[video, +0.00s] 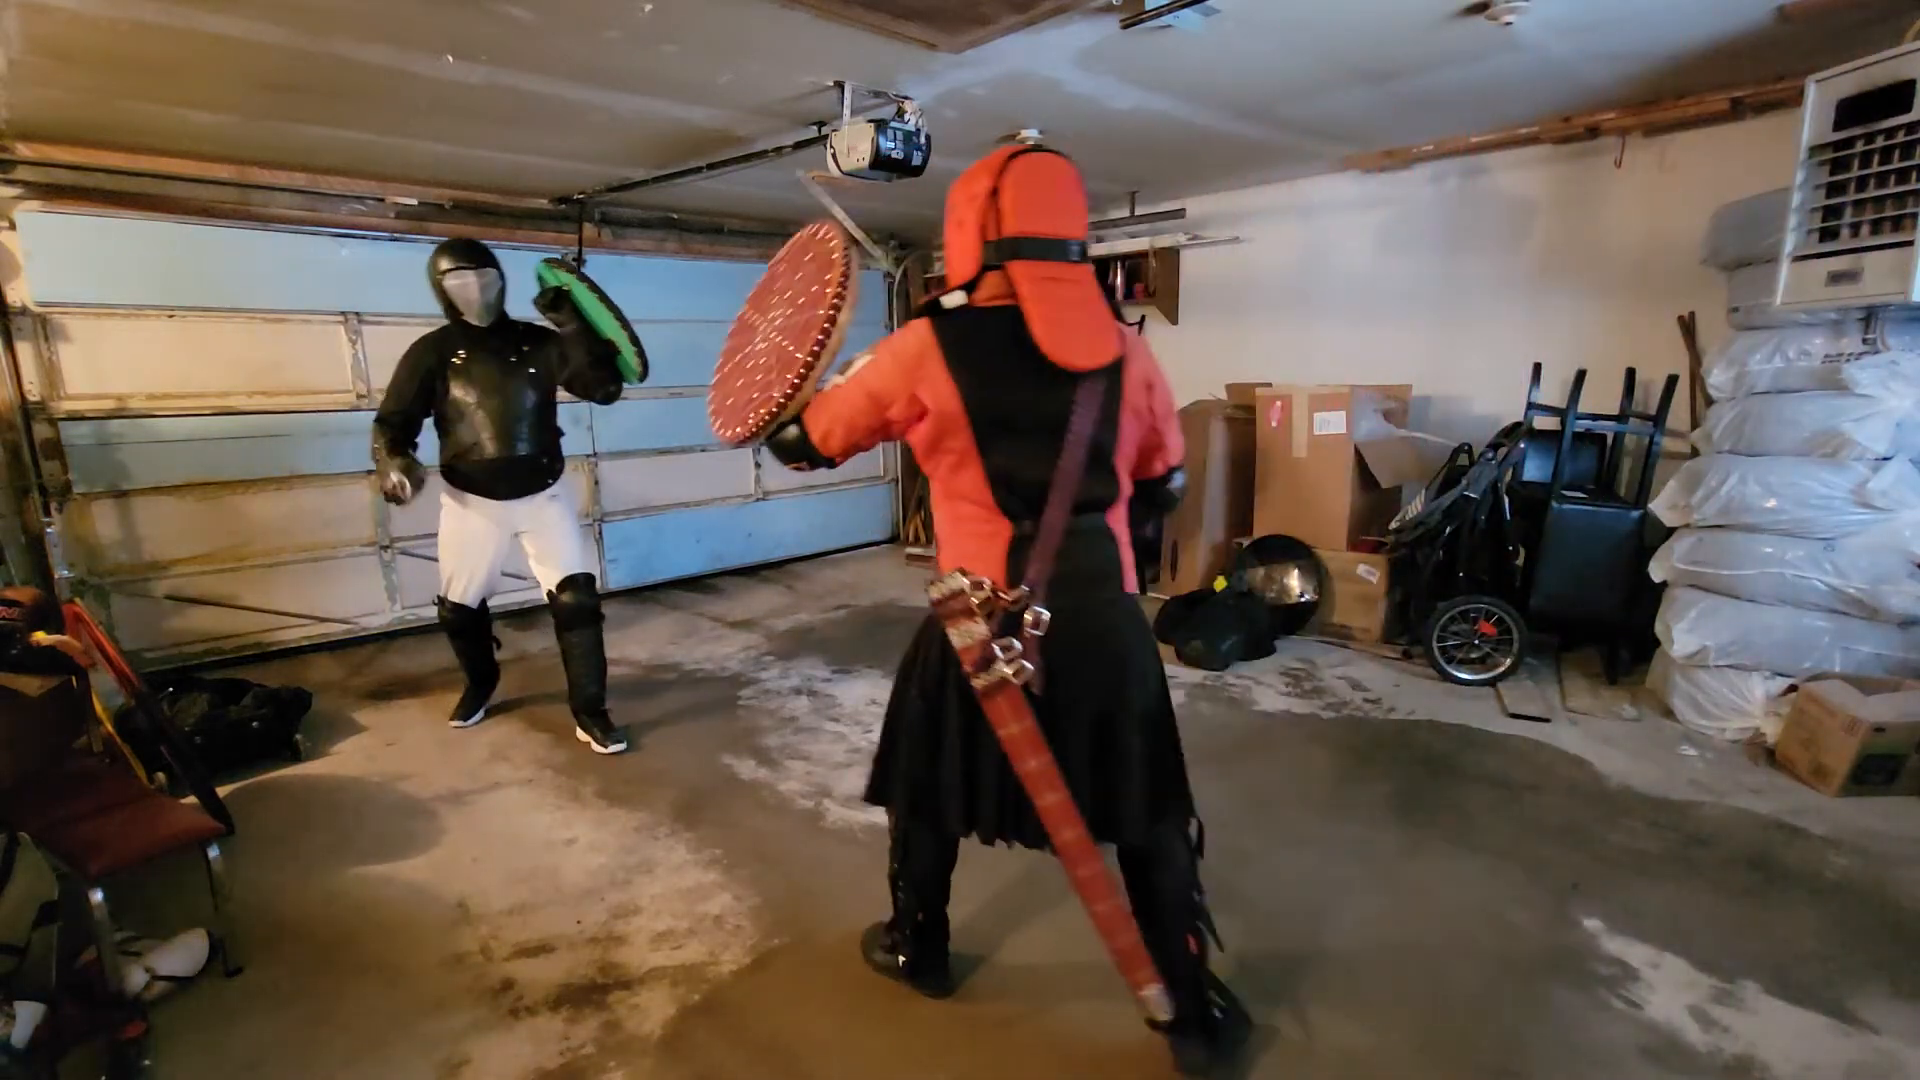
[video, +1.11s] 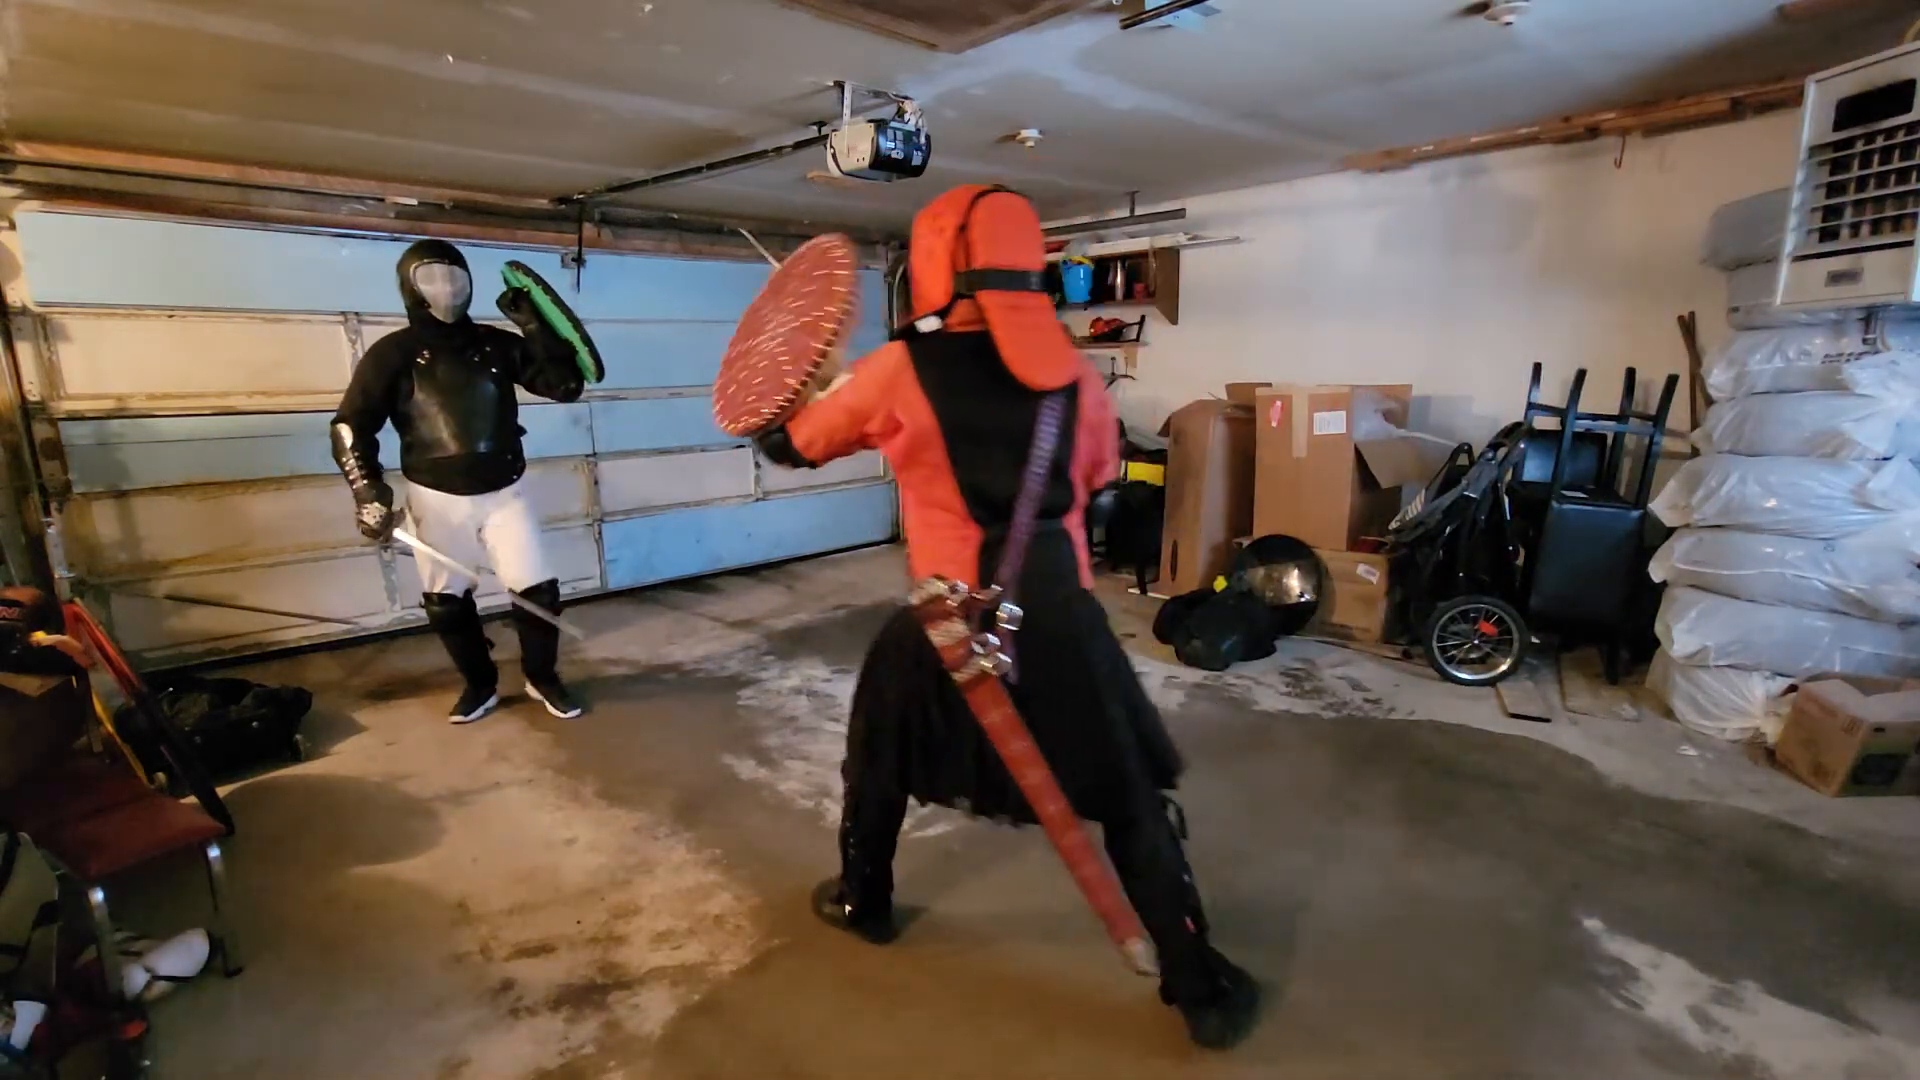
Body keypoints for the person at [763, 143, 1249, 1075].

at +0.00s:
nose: (947, 244)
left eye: (955, 230)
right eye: (955, 231)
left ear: (975, 236)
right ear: (1069, 236)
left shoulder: (928, 348)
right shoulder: (1125, 351)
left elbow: (818, 436)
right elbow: (1160, 488)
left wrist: (781, 411)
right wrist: (1099, 549)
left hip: (977, 622)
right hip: (1105, 618)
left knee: (929, 773)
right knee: (1147, 809)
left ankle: (919, 937)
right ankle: (1194, 1002)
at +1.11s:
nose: (912, 278)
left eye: (919, 264)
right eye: (921, 264)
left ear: (938, 270)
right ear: (1031, 270)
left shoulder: (903, 367)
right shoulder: (1073, 376)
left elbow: (807, 441)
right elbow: (1096, 473)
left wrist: (779, 417)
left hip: (944, 620)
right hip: (1060, 619)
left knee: (881, 734)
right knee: (1127, 791)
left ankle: (864, 894)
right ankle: (1200, 984)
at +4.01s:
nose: (970, 308)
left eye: (975, 295)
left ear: (985, 299)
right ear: (1069, 295)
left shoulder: (958, 383)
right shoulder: (1121, 387)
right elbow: (1159, 503)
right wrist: (1118, 553)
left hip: (982, 611)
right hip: (1092, 612)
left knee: (911, 726)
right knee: (1134, 753)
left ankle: (858, 853)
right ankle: (1155, 909)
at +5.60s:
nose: (1042, 290)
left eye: (1049, 278)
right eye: (1045, 278)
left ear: (1067, 283)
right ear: (1138, 283)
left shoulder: (1029, 366)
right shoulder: (1186, 371)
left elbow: (955, 443)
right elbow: (1221, 489)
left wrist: (955, 364)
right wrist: (1169, 531)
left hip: (1058, 579)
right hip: (1163, 581)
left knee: (992, 702)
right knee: (1206, 727)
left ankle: (970, 849)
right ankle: (1234, 889)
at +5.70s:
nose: (1045, 292)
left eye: (1051, 281)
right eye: (1048, 280)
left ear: (1068, 286)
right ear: (1141, 286)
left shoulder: (1032, 369)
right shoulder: (1190, 373)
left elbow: (956, 449)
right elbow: (1226, 492)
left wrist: (934, 391)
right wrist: (1170, 517)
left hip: (1057, 578)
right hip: (1164, 580)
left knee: (985, 694)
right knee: (1207, 726)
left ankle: (974, 834)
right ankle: (1236, 890)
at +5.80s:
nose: (1039, 298)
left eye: (1045, 288)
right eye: (1042, 286)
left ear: (1063, 293)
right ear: (1133, 295)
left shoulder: (1028, 375)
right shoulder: (1180, 382)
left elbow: (950, 453)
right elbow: (1217, 492)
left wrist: (947, 375)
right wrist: (1156, 526)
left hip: (1054, 582)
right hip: (1155, 582)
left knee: (980, 682)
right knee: (1198, 726)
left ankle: (995, 824)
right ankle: (1236, 892)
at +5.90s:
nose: (1015, 305)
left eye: (1021, 294)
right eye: (1019, 292)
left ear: (1040, 302)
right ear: (1110, 304)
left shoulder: (1009, 377)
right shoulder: (1140, 384)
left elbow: (938, 450)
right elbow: (1178, 497)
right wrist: (1145, 551)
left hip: (1051, 577)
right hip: (1135, 574)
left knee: (977, 675)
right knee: (1179, 724)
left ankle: (1002, 822)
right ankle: (1233, 890)